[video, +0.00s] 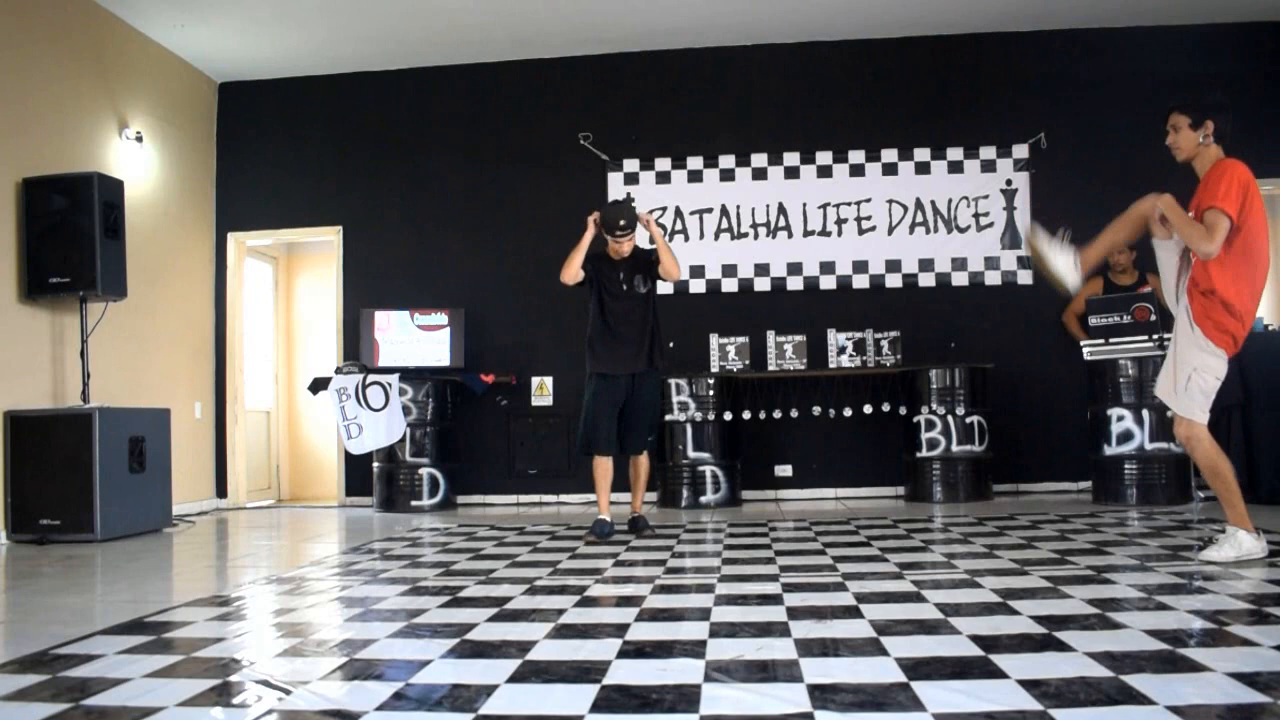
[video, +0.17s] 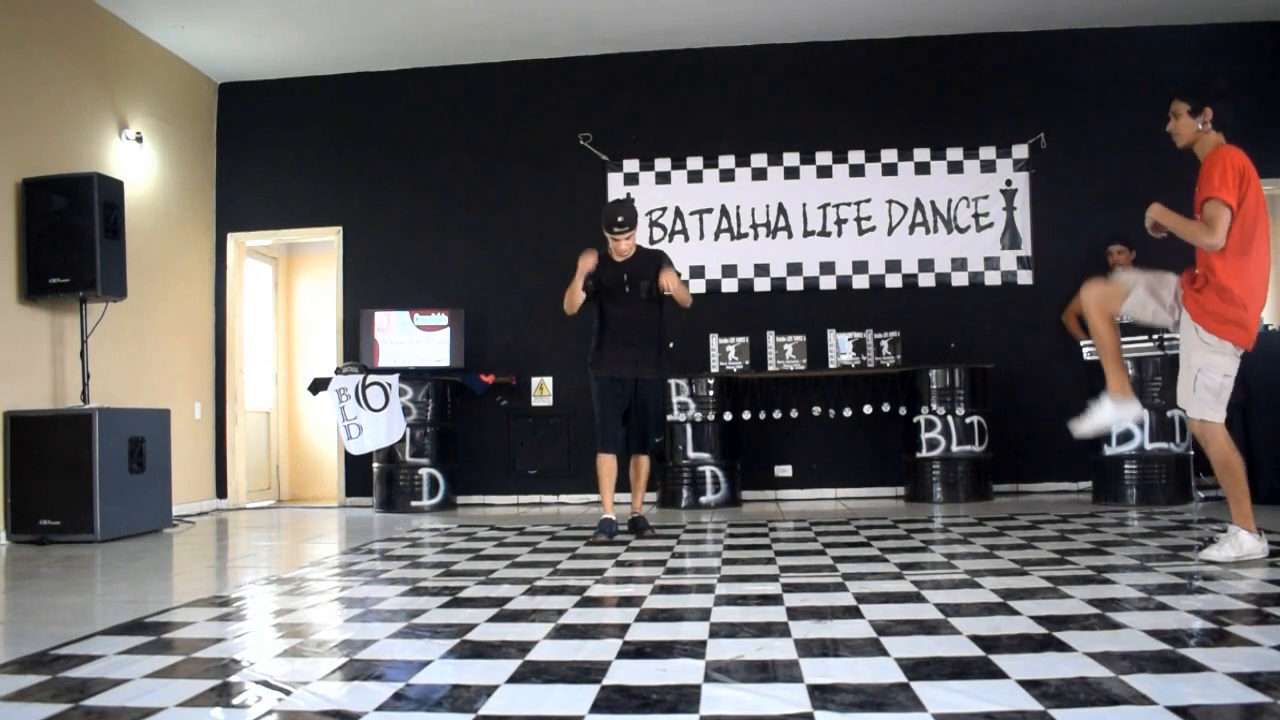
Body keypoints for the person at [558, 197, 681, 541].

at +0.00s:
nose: (622, 247)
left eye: (627, 241)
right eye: (616, 242)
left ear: (635, 235)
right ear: (604, 236)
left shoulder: (646, 259)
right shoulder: (594, 261)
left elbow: (673, 273)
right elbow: (568, 276)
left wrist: (655, 233)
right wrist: (589, 234)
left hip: (644, 368)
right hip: (605, 368)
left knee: (640, 443)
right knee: (602, 443)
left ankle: (637, 513)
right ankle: (603, 517)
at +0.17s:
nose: (622, 245)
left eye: (627, 238)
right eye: (615, 239)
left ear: (636, 231)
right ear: (605, 234)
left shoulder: (656, 260)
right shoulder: (595, 264)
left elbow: (686, 302)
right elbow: (570, 308)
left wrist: (674, 285)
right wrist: (581, 272)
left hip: (648, 368)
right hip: (607, 368)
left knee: (642, 442)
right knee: (608, 441)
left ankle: (637, 514)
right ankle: (608, 516)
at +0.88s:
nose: (619, 222)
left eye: (624, 214)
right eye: (611, 215)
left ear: (633, 212)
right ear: (600, 215)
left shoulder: (653, 248)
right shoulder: (586, 257)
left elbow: (668, 285)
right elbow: (575, 311)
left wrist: (664, 296)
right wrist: (602, 342)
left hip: (655, 364)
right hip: (609, 366)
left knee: (667, 442)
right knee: (608, 448)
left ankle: (662, 512)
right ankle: (609, 529)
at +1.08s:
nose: (649, 225)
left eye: (656, 218)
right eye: (643, 217)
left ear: (662, 215)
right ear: (627, 209)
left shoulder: (670, 254)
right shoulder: (602, 253)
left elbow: (677, 304)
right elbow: (590, 310)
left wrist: (673, 335)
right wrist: (615, 350)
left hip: (665, 364)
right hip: (618, 366)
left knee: (681, 447)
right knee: (612, 451)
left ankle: (694, 531)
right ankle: (609, 530)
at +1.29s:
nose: (678, 222)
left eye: (685, 215)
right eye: (672, 213)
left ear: (692, 211)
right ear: (658, 200)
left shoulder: (695, 245)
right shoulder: (626, 241)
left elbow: (701, 301)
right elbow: (606, 299)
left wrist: (695, 329)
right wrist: (619, 344)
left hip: (680, 364)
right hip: (635, 362)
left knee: (689, 448)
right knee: (625, 447)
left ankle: (694, 531)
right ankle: (617, 525)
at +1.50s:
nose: (688, 219)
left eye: (696, 212)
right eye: (682, 211)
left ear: (703, 207)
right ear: (666, 198)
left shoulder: (708, 241)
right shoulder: (637, 237)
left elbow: (725, 299)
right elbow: (619, 294)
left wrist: (705, 330)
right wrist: (628, 340)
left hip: (689, 358)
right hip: (644, 357)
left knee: (690, 447)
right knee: (639, 446)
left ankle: (695, 532)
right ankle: (634, 530)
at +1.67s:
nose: (682, 214)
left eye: (689, 207)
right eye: (675, 206)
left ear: (698, 201)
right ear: (660, 197)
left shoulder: (710, 239)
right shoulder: (638, 237)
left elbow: (726, 296)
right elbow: (622, 295)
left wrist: (709, 331)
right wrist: (634, 341)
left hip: (695, 359)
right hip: (649, 359)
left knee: (694, 448)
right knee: (641, 447)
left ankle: (695, 532)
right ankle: (637, 531)